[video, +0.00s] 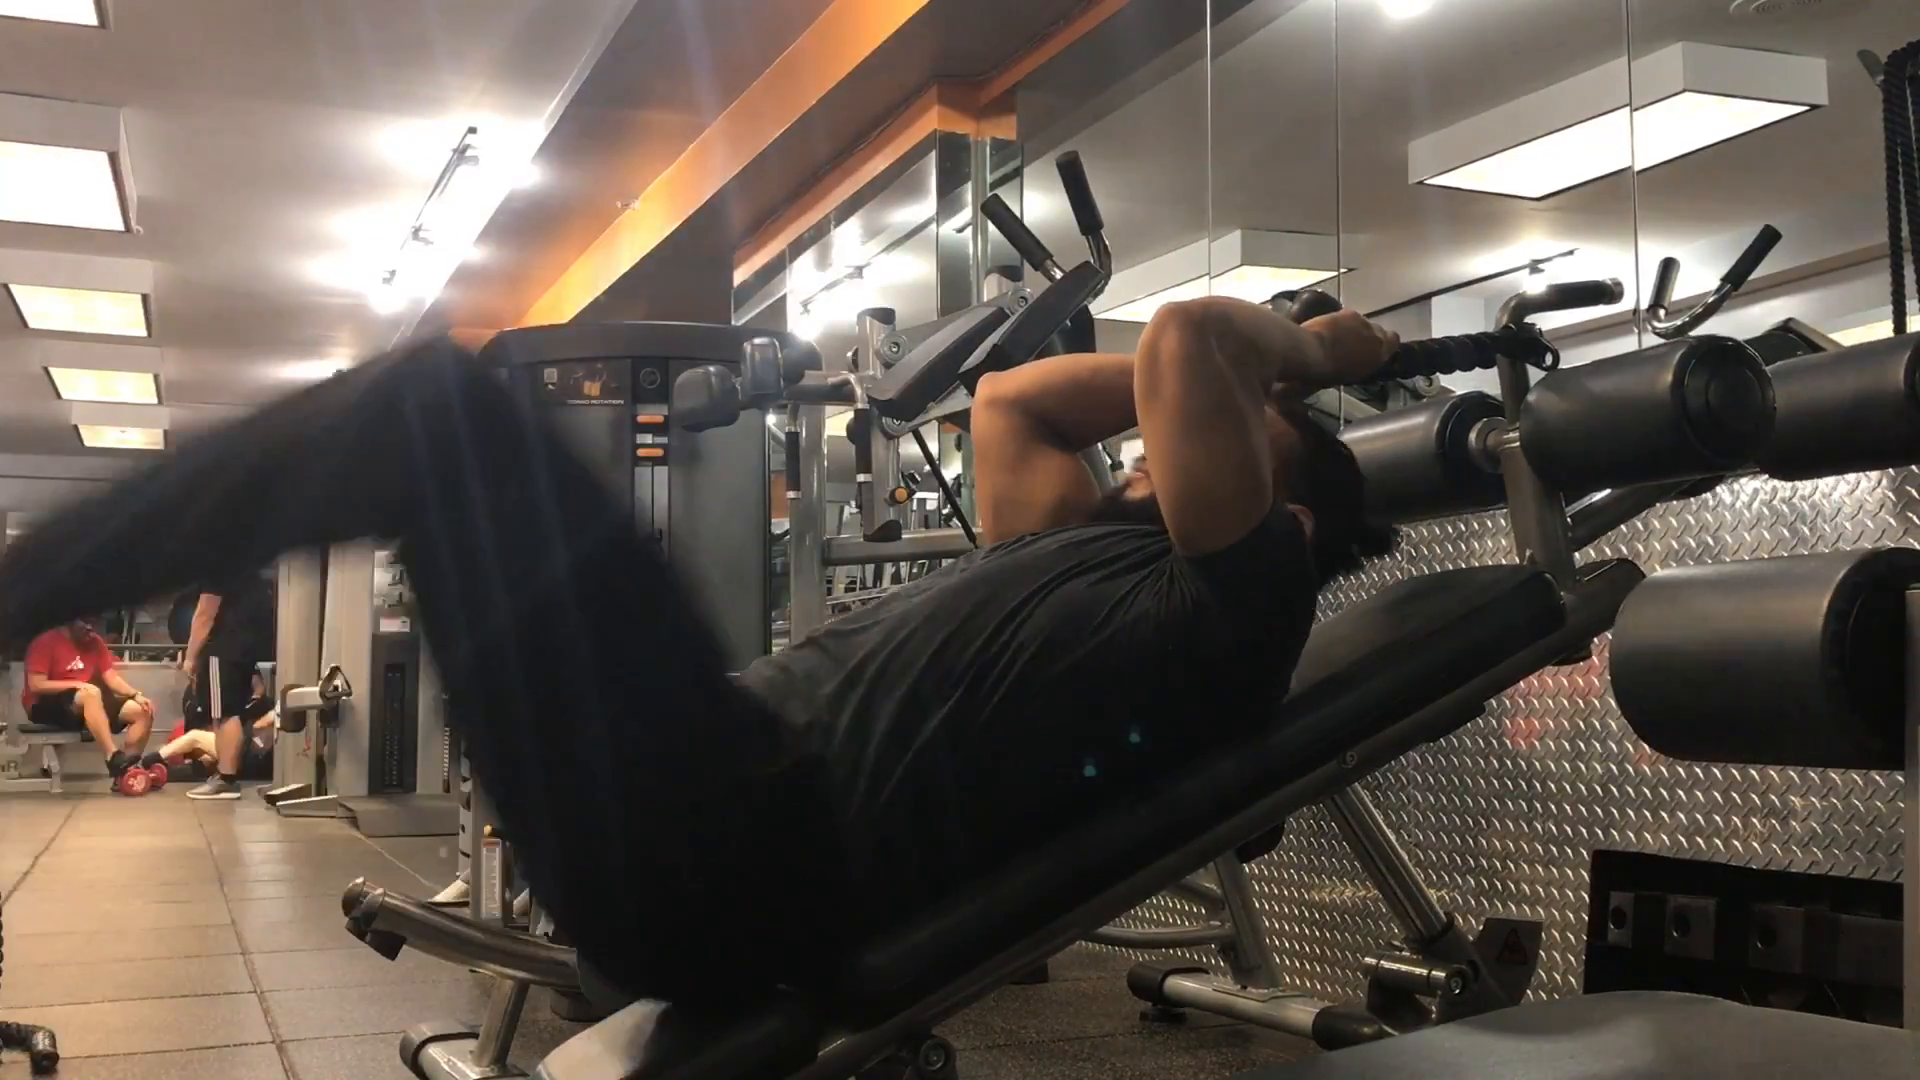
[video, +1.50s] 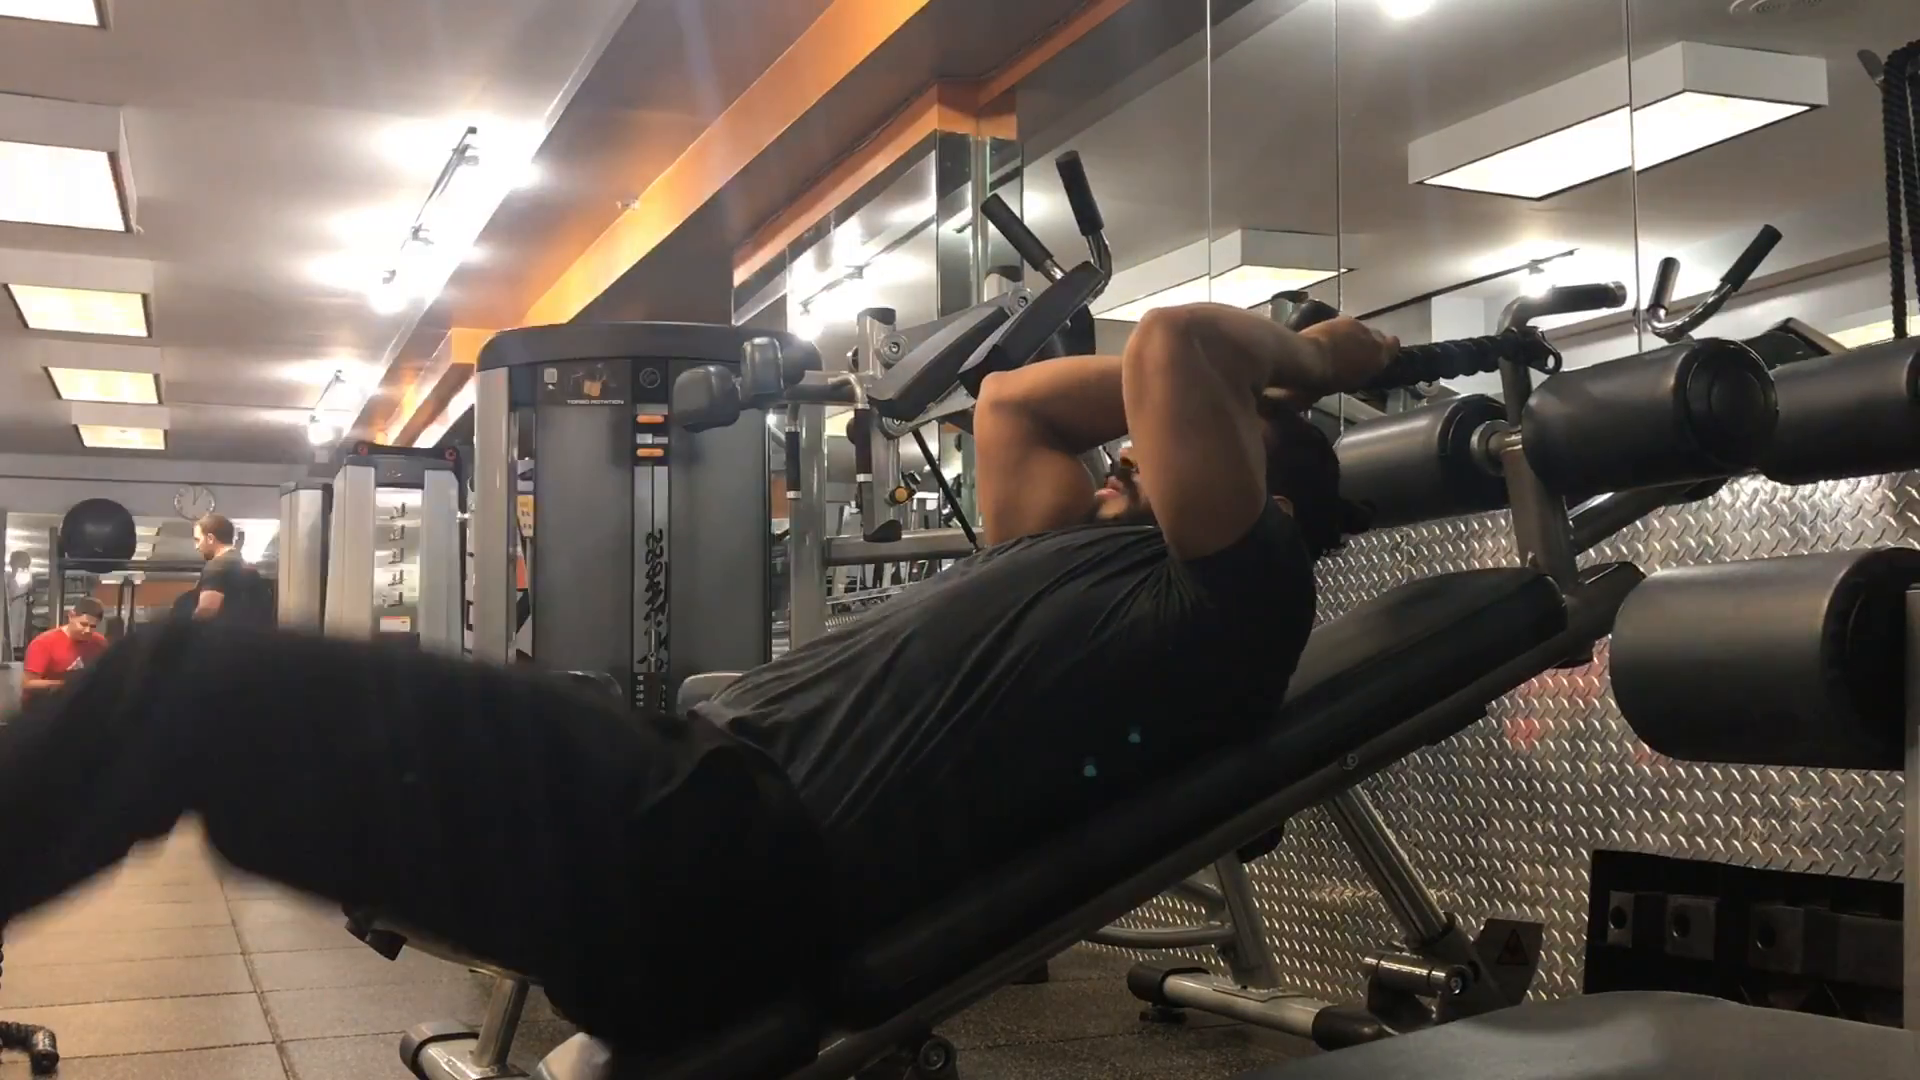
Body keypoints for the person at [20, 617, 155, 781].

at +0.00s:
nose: (91, 629)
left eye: (94, 623)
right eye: (86, 623)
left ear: (97, 624)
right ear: (70, 621)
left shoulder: (95, 643)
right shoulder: (45, 643)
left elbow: (111, 677)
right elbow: (36, 685)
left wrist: (136, 694)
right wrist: (77, 685)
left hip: (83, 704)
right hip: (45, 705)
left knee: (143, 713)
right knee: (90, 693)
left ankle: (127, 771)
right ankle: (113, 758)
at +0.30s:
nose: (89, 627)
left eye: (93, 623)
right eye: (85, 621)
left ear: (98, 622)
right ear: (71, 614)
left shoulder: (97, 641)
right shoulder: (45, 641)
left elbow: (114, 676)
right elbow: (34, 685)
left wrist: (137, 695)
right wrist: (73, 685)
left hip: (86, 703)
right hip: (44, 704)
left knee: (143, 712)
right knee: (84, 695)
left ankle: (129, 773)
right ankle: (91, 763)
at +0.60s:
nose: (90, 628)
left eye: (94, 623)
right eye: (86, 621)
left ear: (98, 623)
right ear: (72, 614)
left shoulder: (96, 642)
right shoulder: (46, 641)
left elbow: (112, 676)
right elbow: (36, 683)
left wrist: (137, 695)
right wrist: (72, 695)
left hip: (85, 701)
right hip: (45, 702)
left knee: (142, 712)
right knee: (70, 708)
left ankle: (128, 774)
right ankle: (65, 775)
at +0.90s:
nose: (86, 626)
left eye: (91, 622)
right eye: (83, 619)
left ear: (96, 622)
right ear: (69, 614)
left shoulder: (93, 643)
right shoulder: (44, 640)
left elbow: (110, 677)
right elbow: (31, 681)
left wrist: (136, 695)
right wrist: (63, 690)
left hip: (82, 701)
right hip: (43, 702)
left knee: (142, 712)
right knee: (61, 702)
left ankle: (126, 775)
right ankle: (63, 773)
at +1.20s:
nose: (86, 626)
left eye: (91, 623)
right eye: (82, 620)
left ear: (95, 623)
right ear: (69, 614)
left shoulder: (95, 643)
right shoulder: (43, 640)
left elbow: (111, 678)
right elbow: (25, 681)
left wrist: (135, 695)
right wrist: (60, 682)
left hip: (81, 702)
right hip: (41, 704)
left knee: (142, 712)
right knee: (60, 688)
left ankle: (127, 775)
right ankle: (60, 761)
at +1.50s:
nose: (87, 631)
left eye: (93, 626)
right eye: (83, 624)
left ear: (97, 625)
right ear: (71, 616)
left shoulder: (99, 644)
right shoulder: (43, 643)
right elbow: (28, 683)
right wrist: (66, 684)